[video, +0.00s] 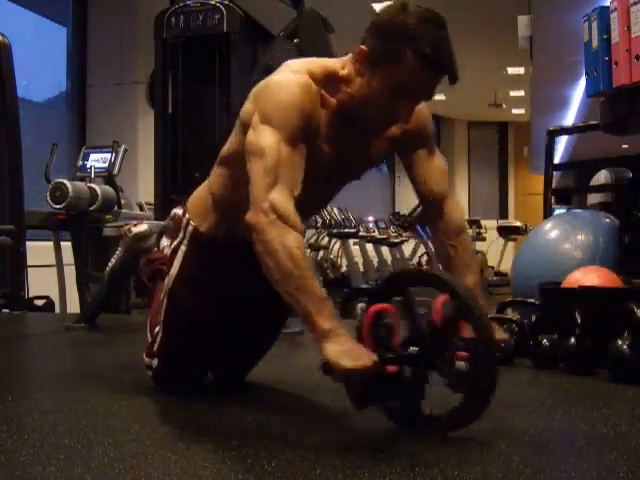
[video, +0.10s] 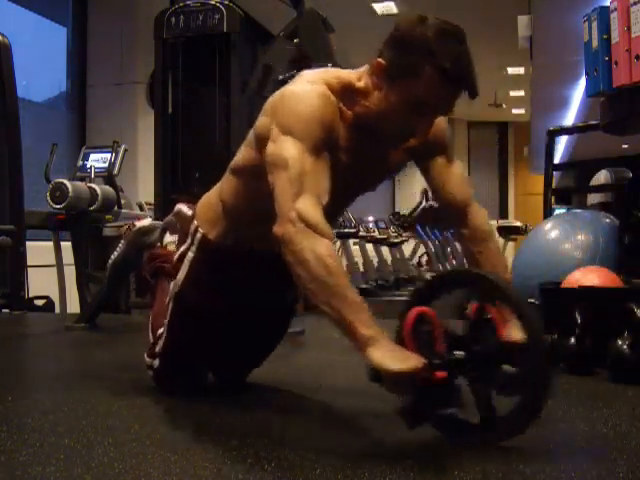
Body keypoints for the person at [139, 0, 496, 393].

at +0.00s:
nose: (408, 112)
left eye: (418, 99)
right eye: (401, 94)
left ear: (428, 92)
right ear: (360, 66)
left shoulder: (410, 118)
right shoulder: (288, 93)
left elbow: (445, 216)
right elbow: (269, 217)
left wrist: (476, 319)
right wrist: (332, 336)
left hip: (272, 258)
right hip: (207, 249)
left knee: (227, 377)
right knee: (172, 376)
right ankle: (152, 263)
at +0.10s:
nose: (426, 126)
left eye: (437, 114)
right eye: (419, 107)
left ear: (447, 106)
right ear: (377, 77)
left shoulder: (425, 129)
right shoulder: (306, 104)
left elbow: (468, 215)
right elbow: (298, 228)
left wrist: (507, 310)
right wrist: (372, 341)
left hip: (279, 269)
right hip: (215, 259)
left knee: (229, 375)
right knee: (173, 378)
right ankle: (159, 262)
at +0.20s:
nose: (453, 144)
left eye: (460, 132)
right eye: (444, 128)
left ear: (467, 123)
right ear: (399, 98)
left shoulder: (443, 141)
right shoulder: (330, 116)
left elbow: (496, 223)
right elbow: (333, 243)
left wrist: (550, 311)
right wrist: (422, 350)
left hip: (289, 276)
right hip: (227, 263)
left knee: (233, 374)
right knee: (175, 375)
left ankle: (196, 238)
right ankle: (165, 255)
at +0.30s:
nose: (474, 174)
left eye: (485, 162)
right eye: (468, 156)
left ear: (492, 148)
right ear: (428, 116)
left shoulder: (454, 151)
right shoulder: (356, 135)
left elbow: (530, 240)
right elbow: (370, 261)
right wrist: (481, 362)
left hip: (299, 287)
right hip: (240, 276)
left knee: (234, 375)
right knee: (176, 373)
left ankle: (204, 249)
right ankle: (174, 249)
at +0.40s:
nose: (501, 200)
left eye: (512, 189)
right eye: (496, 184)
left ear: (522, 170)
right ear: (453, 148)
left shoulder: (485, 169)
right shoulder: (383, 159)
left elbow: (555, 243)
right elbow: (415, 285)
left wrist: (614, 296)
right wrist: (540, 378)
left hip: (306, 300)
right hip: (250, 288)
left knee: (235, 376)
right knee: (177, 372)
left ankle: (212, 250)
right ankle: (176, 247)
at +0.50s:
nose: (533, 234)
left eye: (541, 223)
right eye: (527, 219)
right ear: (485, 183)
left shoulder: (500, 190)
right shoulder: (412, 184)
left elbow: (605, 271)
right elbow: (454, 302)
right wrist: (592, 386)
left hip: (312, 312)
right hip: (260, 300)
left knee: (235, 375)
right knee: (181, 371)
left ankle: (205, 255)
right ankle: (183, 249)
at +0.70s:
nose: (552, 293)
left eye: (569, 283)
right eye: (557, 281)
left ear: (527, 235)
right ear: (521, 238)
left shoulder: (515, 229)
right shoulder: (453, 234)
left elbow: (613, 286)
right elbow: (517, 338)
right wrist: (636, 383)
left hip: (318, 333)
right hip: (271, 323)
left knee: (242, 382)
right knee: (183, 366)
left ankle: (218, 246)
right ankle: (203, 242)